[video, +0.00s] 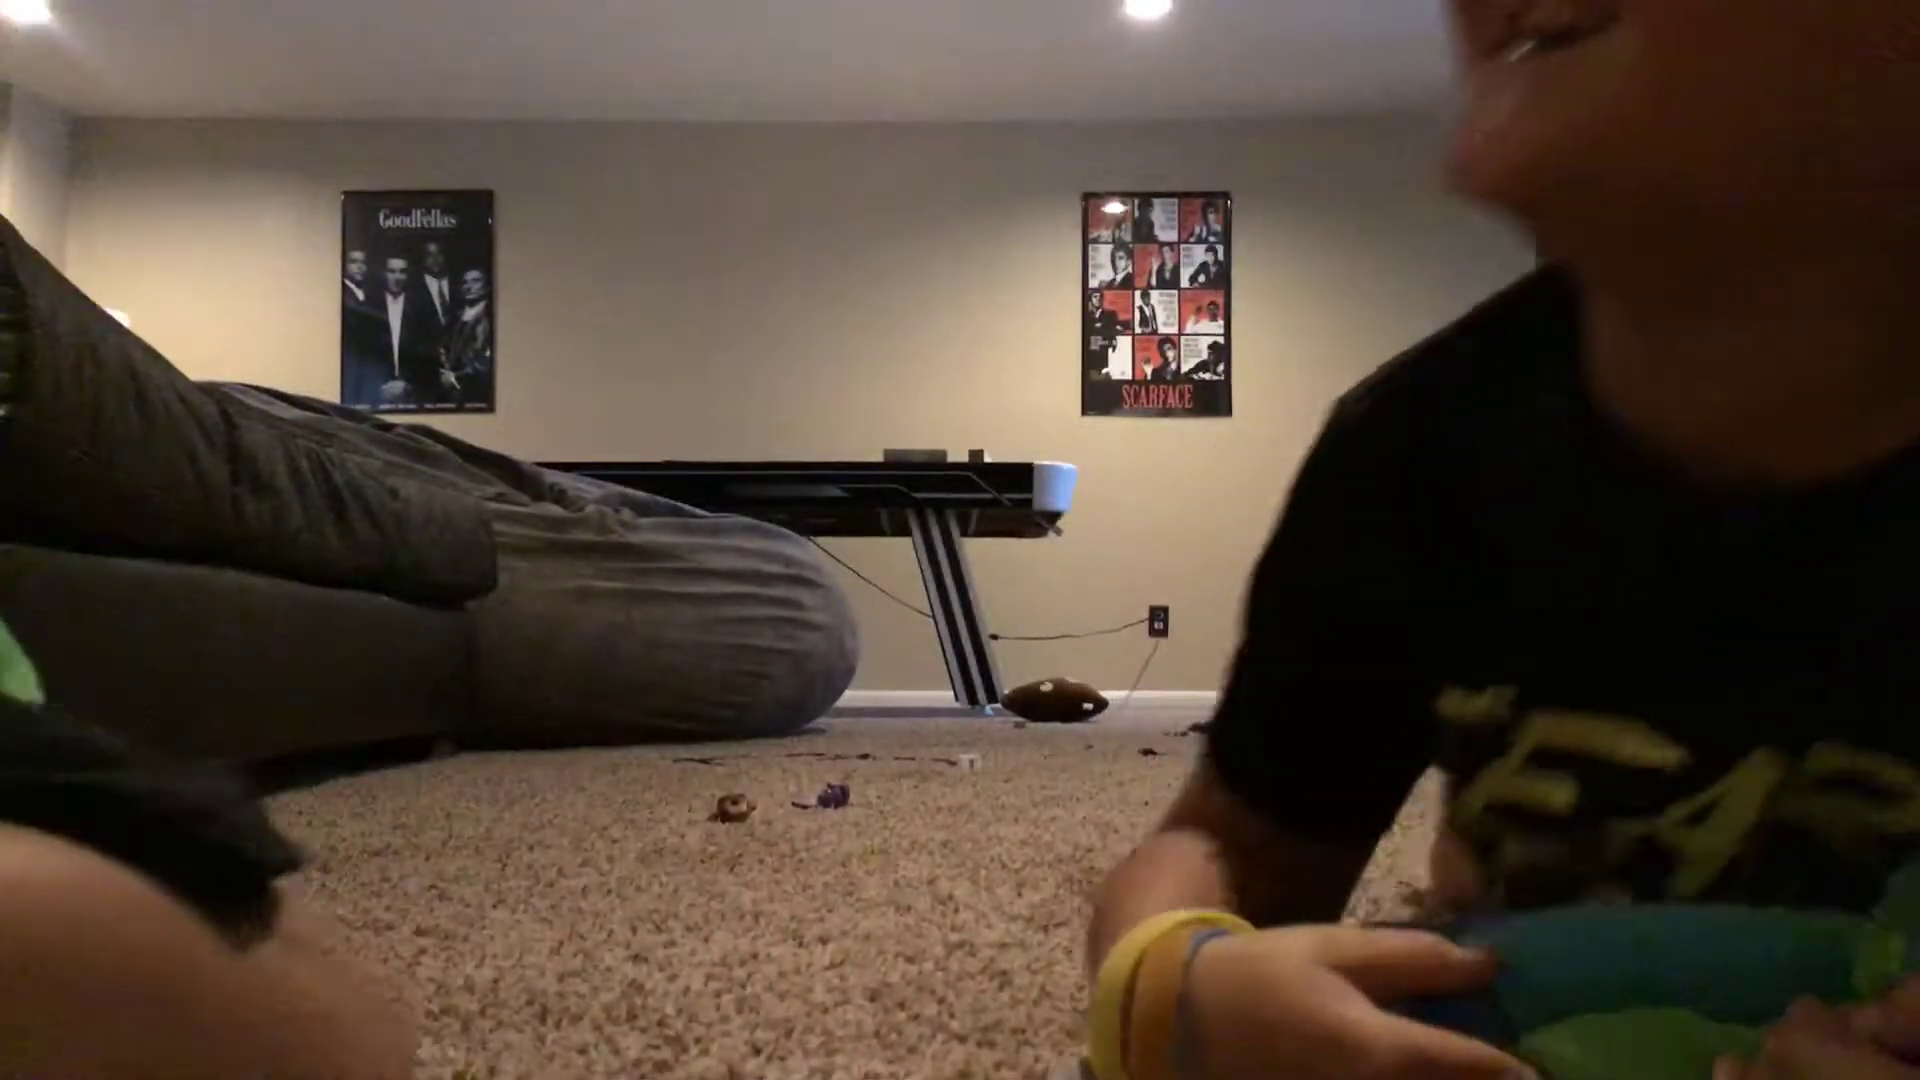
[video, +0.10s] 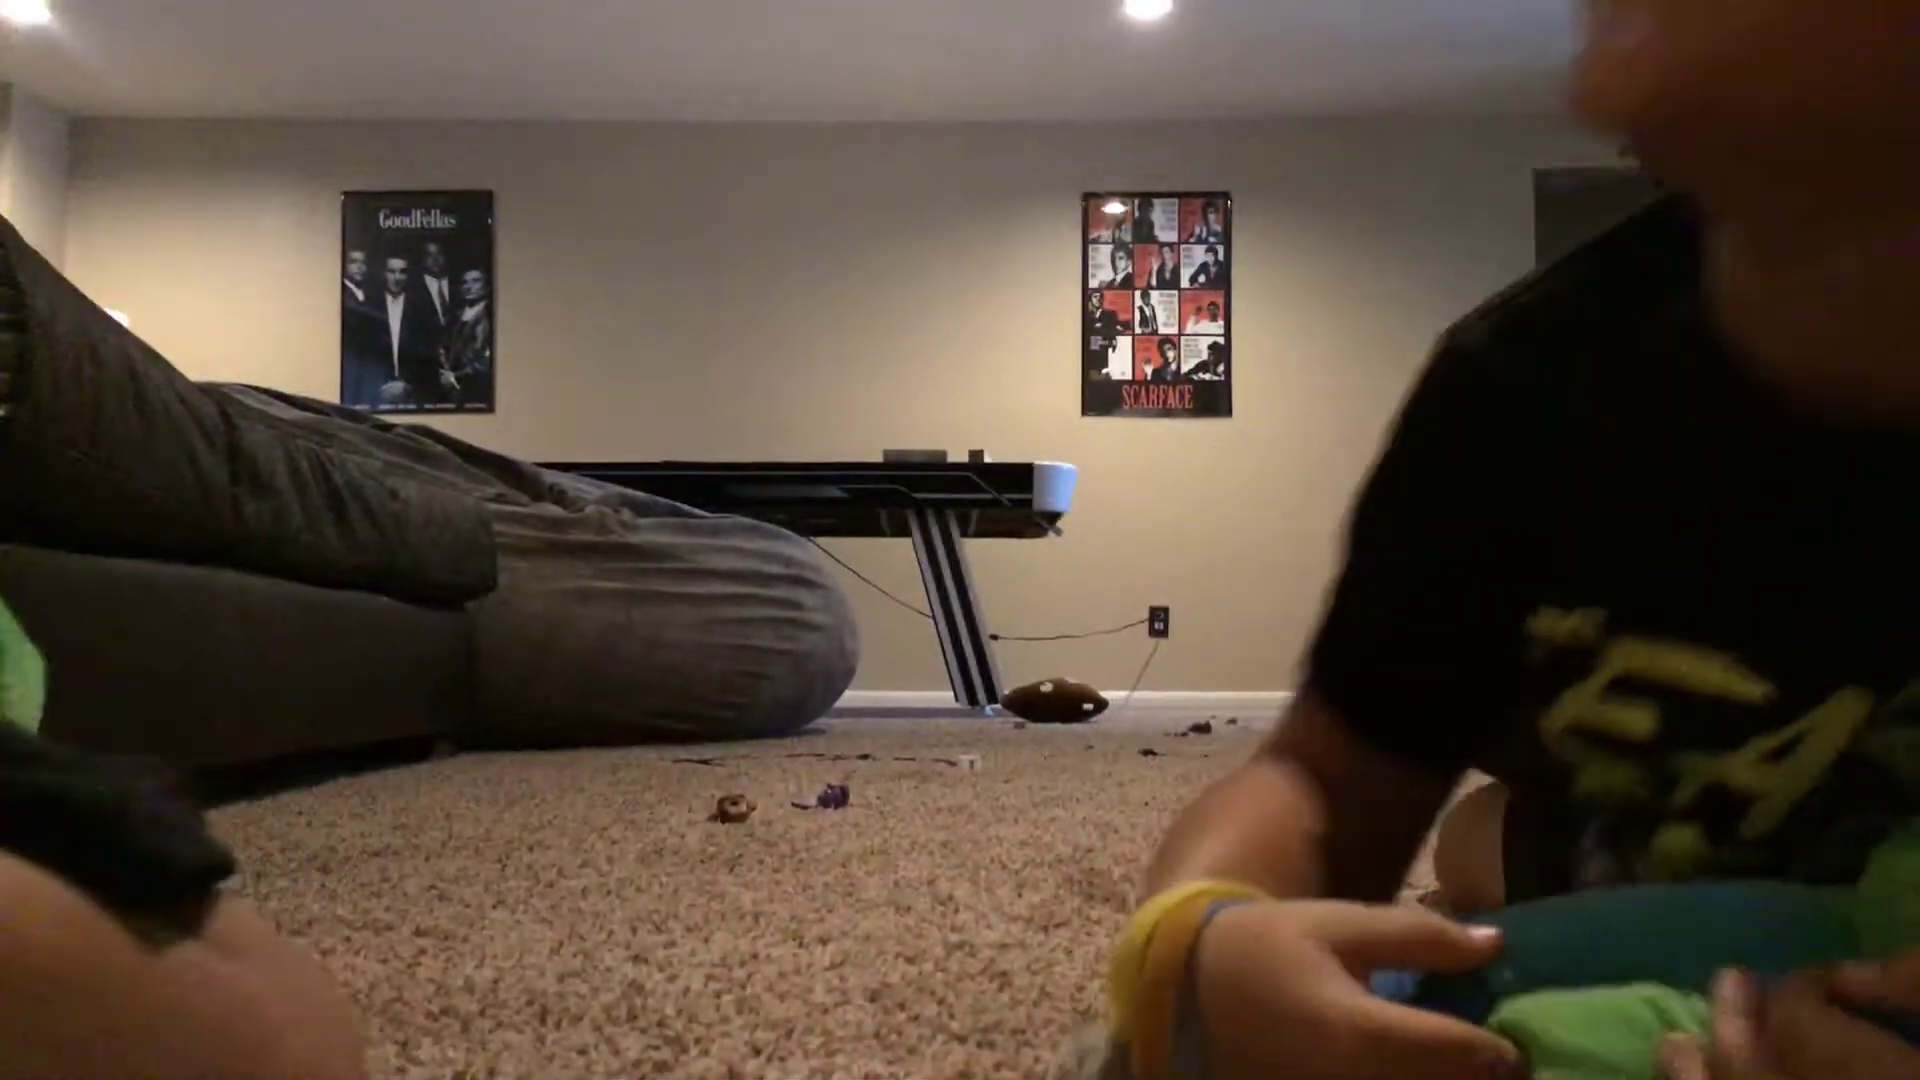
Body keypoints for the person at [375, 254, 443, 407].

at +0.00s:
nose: (397, 277)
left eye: (402, 272)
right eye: (391, 271)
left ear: (409, 274)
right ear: (384, 274)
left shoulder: (419, 301)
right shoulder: (373, 301)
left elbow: (429, 341)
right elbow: (368, 343)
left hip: (413, 379)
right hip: (380, 378)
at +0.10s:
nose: (397, 277)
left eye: (402, 272)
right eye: (391, 271)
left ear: (408, 275)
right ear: (384, 274)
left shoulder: (420, 303)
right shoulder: (372, 302)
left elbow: (428, 343)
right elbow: (367, 344)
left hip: (413, 380)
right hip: (380, 379)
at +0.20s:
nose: (397, 277)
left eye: (402, 272)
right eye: (391, 272)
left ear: (408, 276)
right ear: (384, 274)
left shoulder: (420, 304)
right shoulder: (372, 304)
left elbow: (427, 347)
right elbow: (366, 346)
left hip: (413, 381)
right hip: (379, 380)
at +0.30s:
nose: (397, 277)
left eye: (402, 272)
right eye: (391, 272)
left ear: (408, 276)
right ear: (384, 274)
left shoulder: (420, 304)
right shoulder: (372, 304)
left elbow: (427, 347)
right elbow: (367, 347)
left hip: (413, 382)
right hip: (379, 381)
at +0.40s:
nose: (397, 277)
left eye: (402, 272)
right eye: (391, 272)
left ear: (408, 276)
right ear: (384, 274)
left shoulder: (420, 304)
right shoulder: (372, 304)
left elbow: (427, 347)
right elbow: (367, 347)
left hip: (413, 382)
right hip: (379, 381)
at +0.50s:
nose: (397, 277)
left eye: (402, 272)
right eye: (391, 272)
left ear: (408, 276)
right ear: (384, 274)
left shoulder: (419, 304)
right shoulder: (372, 304)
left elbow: (427, 347)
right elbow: (367, 346)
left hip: (413, 381)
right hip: (380, 380)